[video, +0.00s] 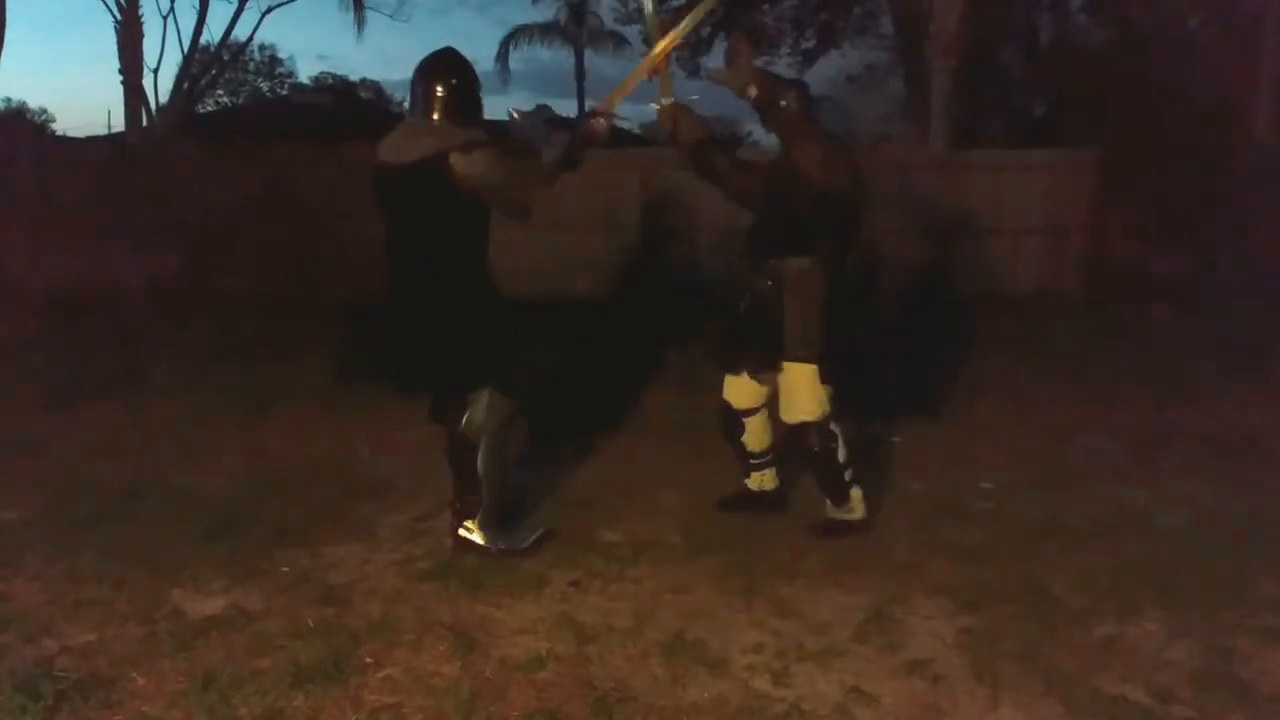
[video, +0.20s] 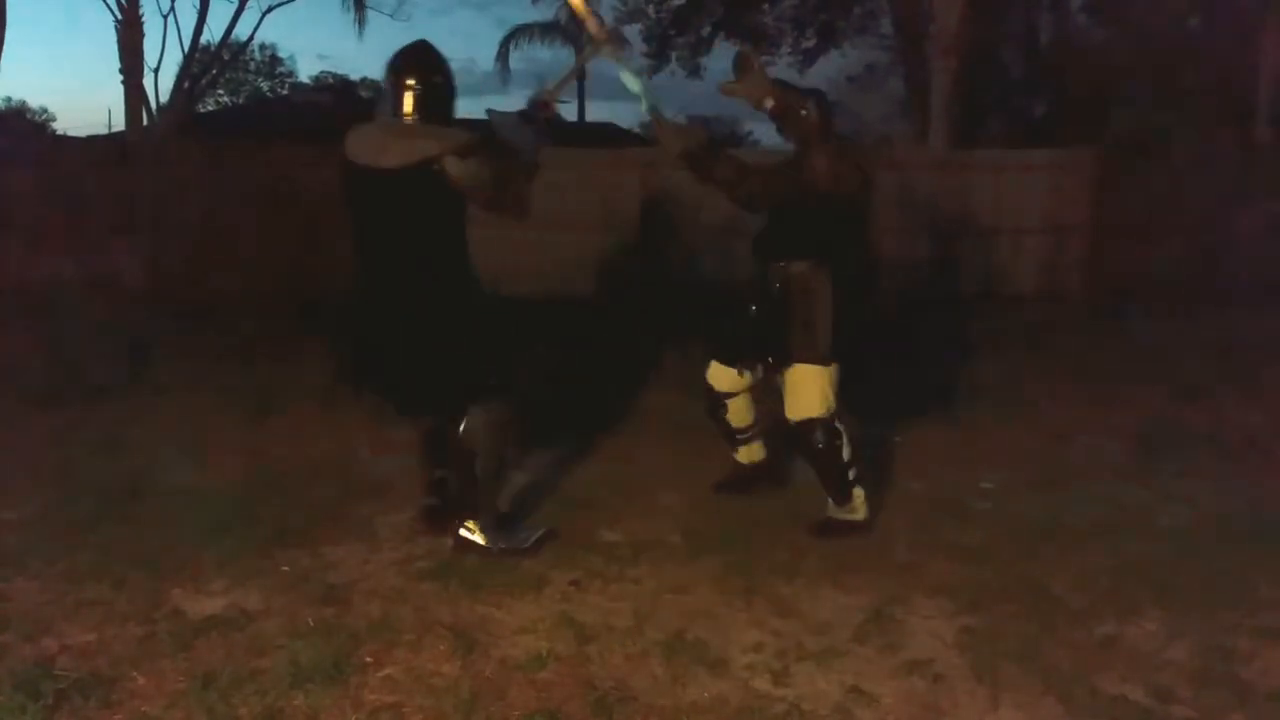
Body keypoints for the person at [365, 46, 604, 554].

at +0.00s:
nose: (475, 100)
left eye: (469, 91)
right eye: (472, 92)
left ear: (417, 94)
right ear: (465, 94)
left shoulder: (389, 153)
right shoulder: (468, 153)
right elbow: (524, 194)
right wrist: (576, 147)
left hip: (413, 297)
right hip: (464, 298)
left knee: (453, 403)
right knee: (501, 387)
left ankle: (465, 512)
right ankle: (486, 520)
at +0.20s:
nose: (437, 97)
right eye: (440, 87)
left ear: (389, 91)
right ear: (444, 91)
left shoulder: (357, 147)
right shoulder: (452, 151)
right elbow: (511, 201)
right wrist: (528, 134)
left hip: (380, 310)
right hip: (442, 314)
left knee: (434, 390)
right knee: (486, 389)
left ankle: (438, 493)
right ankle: (479, 514)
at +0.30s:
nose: (412, 99)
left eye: (399, 90)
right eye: (412, 89)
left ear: (359, 94)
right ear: (413, 94)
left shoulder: (328, 153)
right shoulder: (423, 153)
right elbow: (478, 200)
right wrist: (503, 138)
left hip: (358, 302)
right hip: (424, 303)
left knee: (379, 405)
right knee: (472, 399)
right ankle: (476, 520)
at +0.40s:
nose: (379, 101)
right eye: (378, 92)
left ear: (322, 99)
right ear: (379, 97)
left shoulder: (293, 164)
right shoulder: (390, 161)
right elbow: (444, 205)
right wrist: (473, 147)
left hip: (333, 320)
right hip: (397, 320)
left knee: (345, 425)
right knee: (454, 407)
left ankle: (301, 513)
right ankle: (474, 521)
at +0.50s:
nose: (348, 112)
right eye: (345, 103)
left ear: (287, 113)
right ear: (341, 109)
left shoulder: (260, 175)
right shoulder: (351, 174)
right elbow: (420, 197)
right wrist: (446, 154)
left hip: (298, 326)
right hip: (366, 323)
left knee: (283, 433)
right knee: (429, 408)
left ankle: (245, 543)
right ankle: (466, 522)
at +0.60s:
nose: (318, 99)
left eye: (307, 91)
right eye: (315, 90)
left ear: (263, 98)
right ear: (313, 96)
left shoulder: (229, 164)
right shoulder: (324, 160)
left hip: (260, 310)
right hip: (320, 310)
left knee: (271, 422)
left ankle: (245, 543)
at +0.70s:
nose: (308, 86)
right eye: (303, 78)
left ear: (246, 87)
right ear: (298, 84)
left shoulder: (210, 162)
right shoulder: (309, 155)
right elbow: (379, 190)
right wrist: (414, 138)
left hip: (247, 310)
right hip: (310, 311)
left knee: (265, 425)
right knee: (392, 410)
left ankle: (242, 547)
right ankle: (330, 536)